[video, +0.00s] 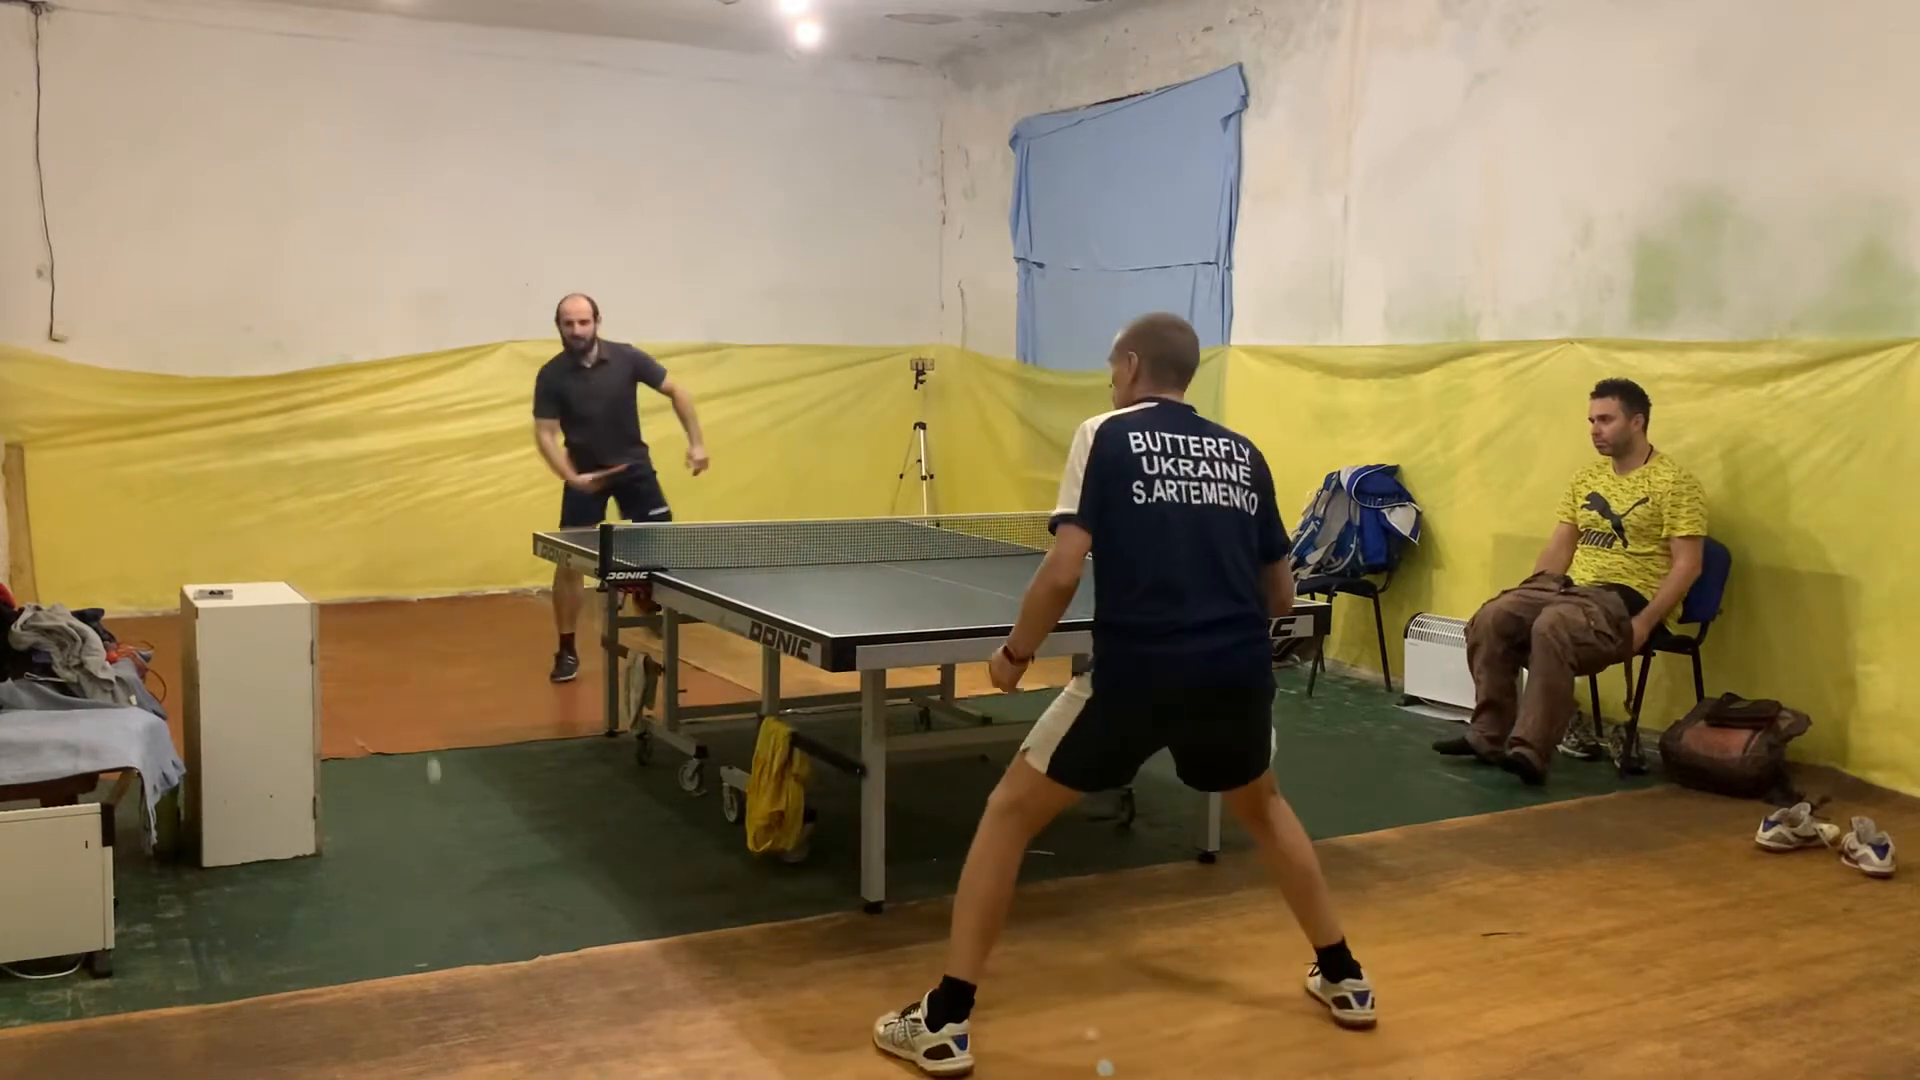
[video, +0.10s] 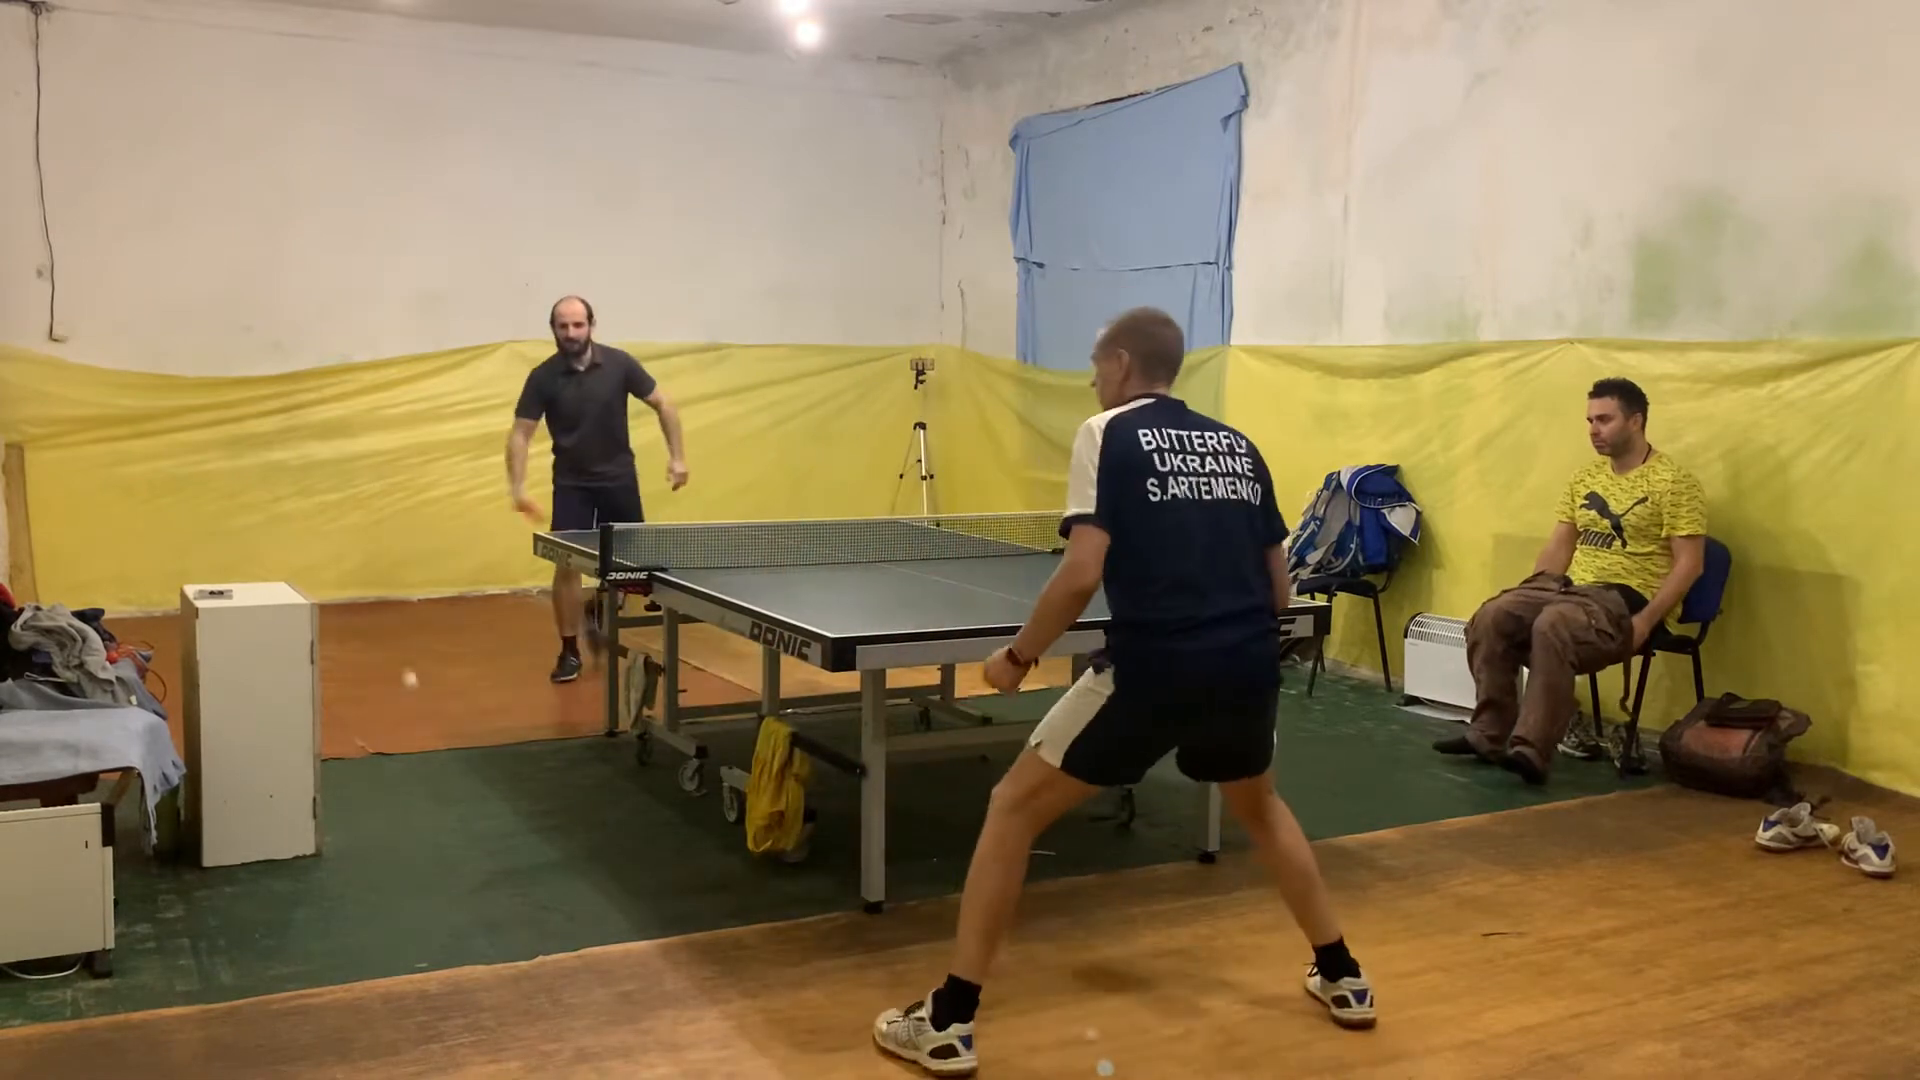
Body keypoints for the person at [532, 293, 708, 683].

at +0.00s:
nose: (577, 330)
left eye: (584, 322)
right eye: (569, 324)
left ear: (597, 323)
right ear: (558, 328)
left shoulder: (626, 358)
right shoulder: (551, 375)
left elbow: (677, 392)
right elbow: (545, 435)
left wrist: (697, 443)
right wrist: (573, 477)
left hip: (633, 467)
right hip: (584, 475)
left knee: (664, 547)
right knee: (569, 562)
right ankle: (566, 651)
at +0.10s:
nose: (571, 332)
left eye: (578, 324)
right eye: (563, 325)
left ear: (591, 326)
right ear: (553, 330)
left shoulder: (619, 364)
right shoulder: (543, 377)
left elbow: (663, 404)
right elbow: (520, 434)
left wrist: (677, 457)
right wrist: (518, 490)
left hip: (619, 482)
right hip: (571, 486)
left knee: (630, 564)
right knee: (567, 566)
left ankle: (599, 606)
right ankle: (568, 650)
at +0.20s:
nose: (572, 329)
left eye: (580, 322)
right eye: (565, 323)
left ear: (593, 324)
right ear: (554, 327)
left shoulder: (617, 365)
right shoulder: (540, 373)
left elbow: (656, 408)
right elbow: (505, 421)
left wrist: (656, 458)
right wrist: (477, 475)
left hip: (607, 482)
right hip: (562, 483)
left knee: (601, 569)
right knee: (566, 564)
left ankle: (557, 624)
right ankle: (569, 651)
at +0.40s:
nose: (581, 326)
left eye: (588, 320)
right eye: (573, 319)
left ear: (598, 323)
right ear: (561, 321)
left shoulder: (612, 367)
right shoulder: (537, 362)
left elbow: (641, 415)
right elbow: (495, 403)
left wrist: (631, 455)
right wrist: (458, 448)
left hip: (589, 477)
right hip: (546, 475)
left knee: (574, 562)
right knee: (549, 556)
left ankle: (554, 634)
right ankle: (546, 640)